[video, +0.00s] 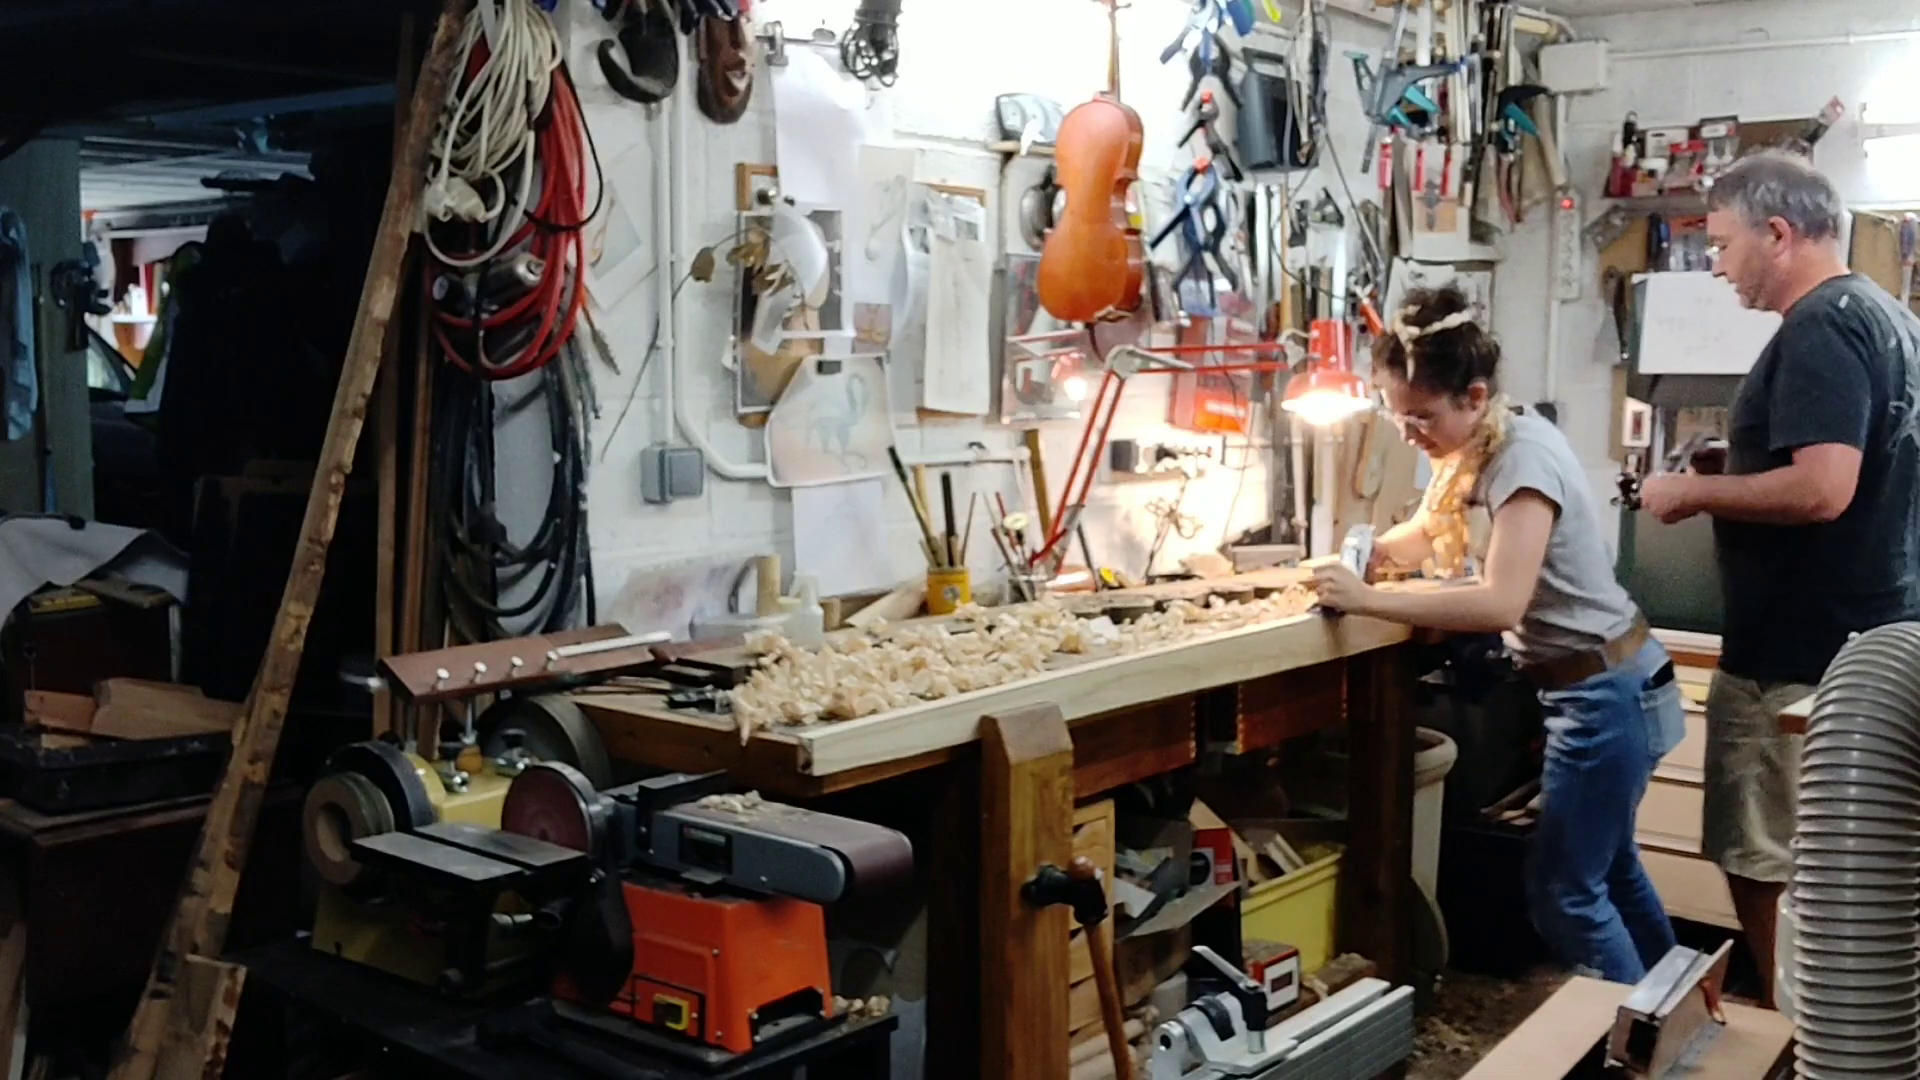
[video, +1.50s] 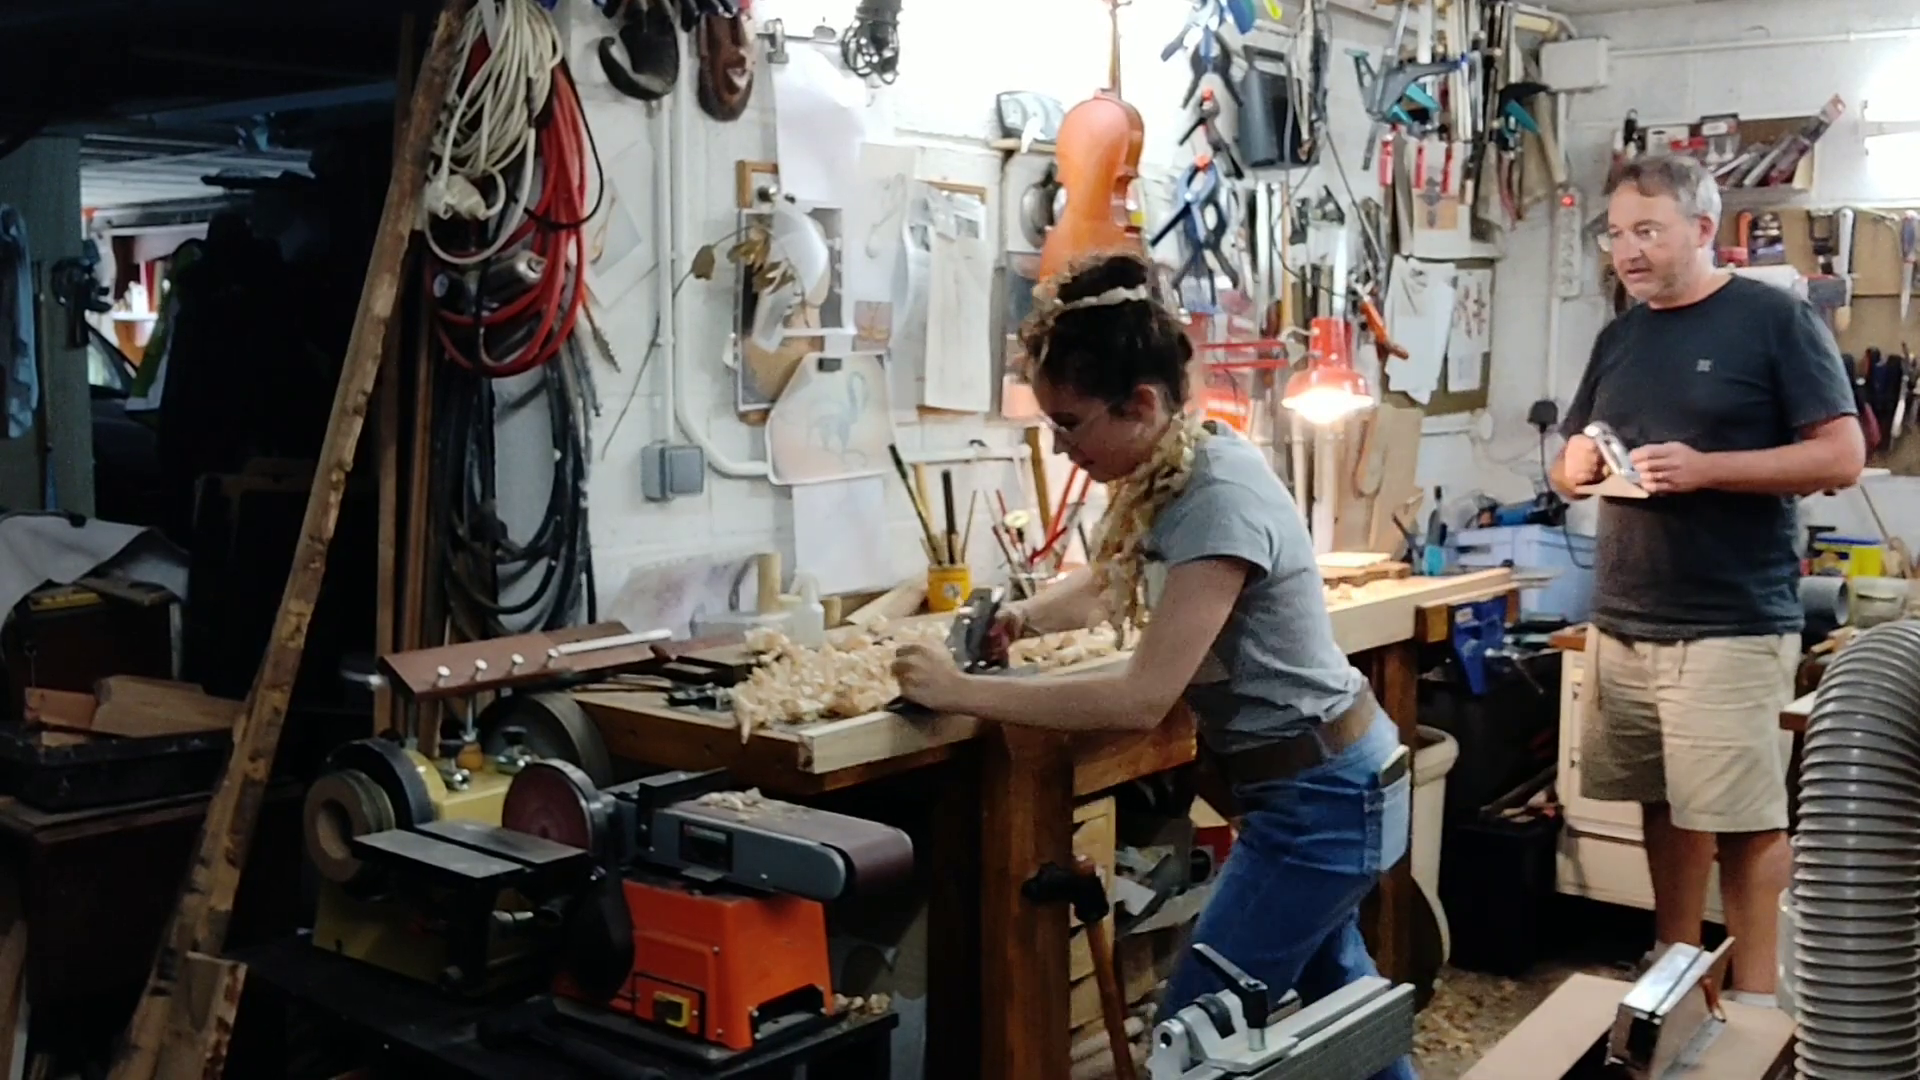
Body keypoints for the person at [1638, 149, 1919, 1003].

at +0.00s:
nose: (1715, 266)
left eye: (1721, 243)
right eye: (1712, 247)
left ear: (1780, 233)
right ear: (1796, 235)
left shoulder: (1825, 322)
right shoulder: (1877, 315)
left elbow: (1821, 487)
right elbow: (1849, 479)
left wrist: (1697, 491)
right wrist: (1719, 474)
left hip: (1791, 663)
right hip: (1857, 657)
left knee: (1764, 866)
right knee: (1836, 860)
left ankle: (1783, 1028)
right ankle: (1825, 1026)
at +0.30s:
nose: (1679, 261)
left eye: (1688, 238)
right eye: (1676, 242)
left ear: (1753, 226)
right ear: (1753, 231)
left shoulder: (1821, 317)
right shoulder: (1764, 320)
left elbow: (1845, 478)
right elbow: (1763, 461)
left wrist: (1686, 475)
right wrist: (1671, 457)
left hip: (1780, 648)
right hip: (1730, 636)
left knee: (1753, 841)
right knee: (1714, 808)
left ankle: (1780, 995)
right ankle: (1767, 967)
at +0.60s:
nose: (1638, 261)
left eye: (1655, 241)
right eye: (1629, 244)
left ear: (1721, 233)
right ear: (1627, 246)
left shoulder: (1799, 319)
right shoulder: (1660, 339)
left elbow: (1862, 467)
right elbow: (1662, 452)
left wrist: (1707, 475)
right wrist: (1611, 460)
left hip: (1754, 643)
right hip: (1656, 629)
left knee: (1748, 841)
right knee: (1662, 818)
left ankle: (1783, 1009)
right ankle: (1677, 976)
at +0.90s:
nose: (1621, 253)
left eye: (1639, 233)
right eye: (1610, 237)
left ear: (1698, 227)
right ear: (1603, 243)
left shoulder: (1778, 312)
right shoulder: (1617, 339)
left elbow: (1856, 448)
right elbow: (1567, 462)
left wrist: (1720, 464)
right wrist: (1580, 466)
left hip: (1742, 629)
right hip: (1635, 625)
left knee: (1742, 826)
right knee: (1666, 809)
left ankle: (1753, 1006)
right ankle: (1677, 973)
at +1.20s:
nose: (1632, 249)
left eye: (1651, 229)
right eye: (1620, 234)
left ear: (1707, 229)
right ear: (1611, 242)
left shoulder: (1777, 314)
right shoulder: (1617, 336)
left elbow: (1851, 454)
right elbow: (1562, 464)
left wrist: (1719, 464)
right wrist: (1578, 465)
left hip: (1736, 627)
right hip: (1630, 624)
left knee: (1743, 823)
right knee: (1667, 808)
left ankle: (1753, 1003)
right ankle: (1675, 967)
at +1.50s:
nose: (1628, 249)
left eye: (1647, 230)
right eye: (1616, 234)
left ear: (1702, 229)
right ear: (1608, 243)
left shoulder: (1776, 312)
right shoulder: (1619, 335)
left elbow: (1842, 455)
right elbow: (1568, 458)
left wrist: (1705, 465)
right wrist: (1577, 464)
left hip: (1735, 626)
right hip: (1630, 622)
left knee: (1744, 823)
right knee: (1667, 808)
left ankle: (1753, 1003)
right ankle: (1675, 967)